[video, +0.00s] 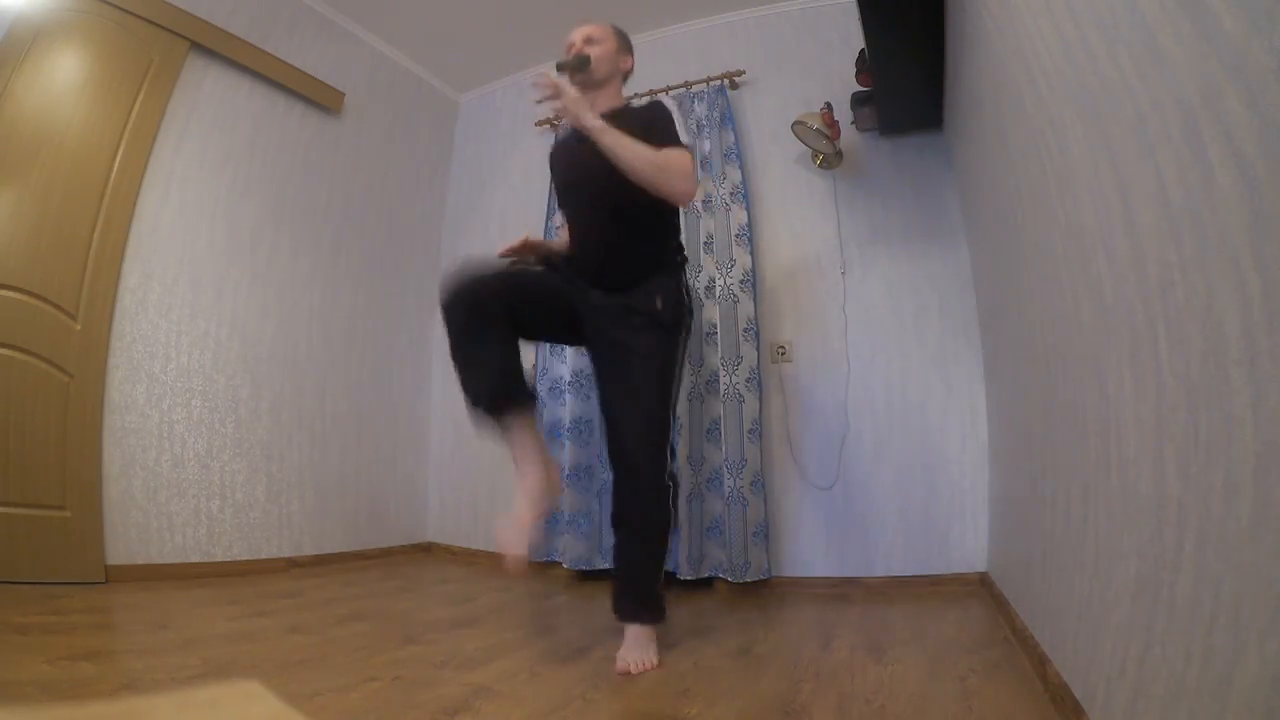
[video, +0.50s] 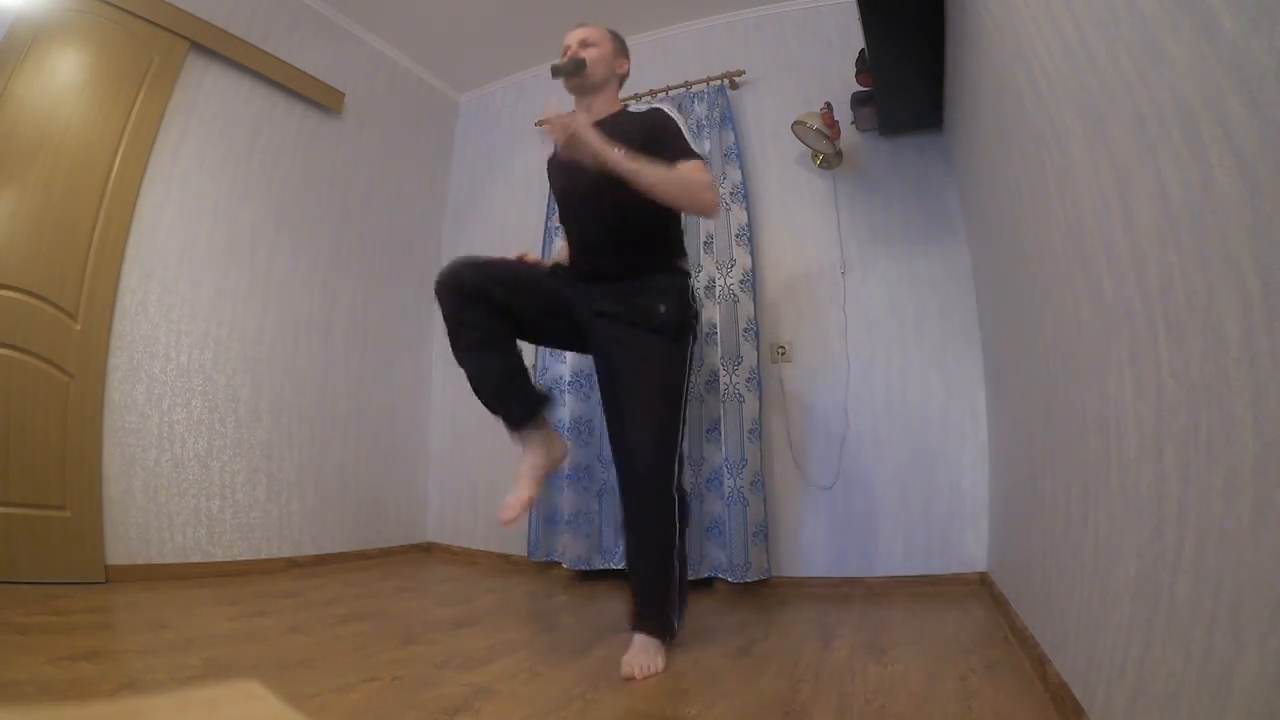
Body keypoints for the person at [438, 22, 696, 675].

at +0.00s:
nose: (574, 51)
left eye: (590, 42)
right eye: (568, 47)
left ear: (626, 62)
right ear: (561, 69)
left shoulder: (650, 117)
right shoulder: (566, 149)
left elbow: (682, 185)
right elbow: (583, 247)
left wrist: (592, 121)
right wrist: (541, 249)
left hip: (644, 304)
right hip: (579, 294)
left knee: (638, 460)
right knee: (470, 294)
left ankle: (639, 619)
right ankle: (534, 468)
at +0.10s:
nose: (579, 30)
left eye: (594, 22)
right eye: (572, 27)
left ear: (626, 44)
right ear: (565, 53)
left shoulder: (660, 107)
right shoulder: (554, 123)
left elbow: (706, 188)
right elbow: (551, 196)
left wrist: (613, 142)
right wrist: (542, 224)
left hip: (642, 268)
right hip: (570, 274)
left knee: (625, 396)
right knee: (535, 425)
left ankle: (638, 571)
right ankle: (581, 574)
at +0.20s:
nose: (581, 43)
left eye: (597, 36)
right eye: (573, 40)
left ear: (628, 61)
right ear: (565, 69)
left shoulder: (662, 139)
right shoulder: (543, 143)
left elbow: (703, 229)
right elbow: (500, 243)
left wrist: (652, 218)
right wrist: (491, 226)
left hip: (649, 284)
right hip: (574, 295)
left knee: (604, 248)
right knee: (589, 455)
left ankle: (637, 444)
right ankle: (615, 606)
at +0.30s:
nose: (573, 38)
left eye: (588, 30)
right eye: (566, 35)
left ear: (621, 51)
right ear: (558, 62)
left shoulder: (660, 123)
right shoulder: (543, 136)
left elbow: (708, 197)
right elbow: (503, 225)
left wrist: (673, 213)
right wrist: (499, 174)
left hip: (650, 279)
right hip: (579, 292)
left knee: (609, 268)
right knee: (579, 445)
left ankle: (626, 468)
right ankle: (594, 601)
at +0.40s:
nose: (568, 32)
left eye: (583, 23)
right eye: (562, 29)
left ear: (618, 45)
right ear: (557, 56)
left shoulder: (655, 104)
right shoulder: (553, 132)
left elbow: (722, 180)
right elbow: (552, 228)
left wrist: (652, 184)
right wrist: (525, 209)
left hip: (652, 271)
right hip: (584, 275)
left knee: (632, 411)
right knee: (500, 375)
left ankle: (644, 586)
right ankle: (562, 525)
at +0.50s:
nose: (572, 49)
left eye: (588, 41)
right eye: (565, 45)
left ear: (622, 65)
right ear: (559, 74)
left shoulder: (650, 124)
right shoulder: (565, 154)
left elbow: (706, 198)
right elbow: (587, 246)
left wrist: (603, 151)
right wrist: (543, 265)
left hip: (647, 309)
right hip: (581, 300)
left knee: (647, 471)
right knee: (462, 283)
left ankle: (650, 625)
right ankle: (536, 439)